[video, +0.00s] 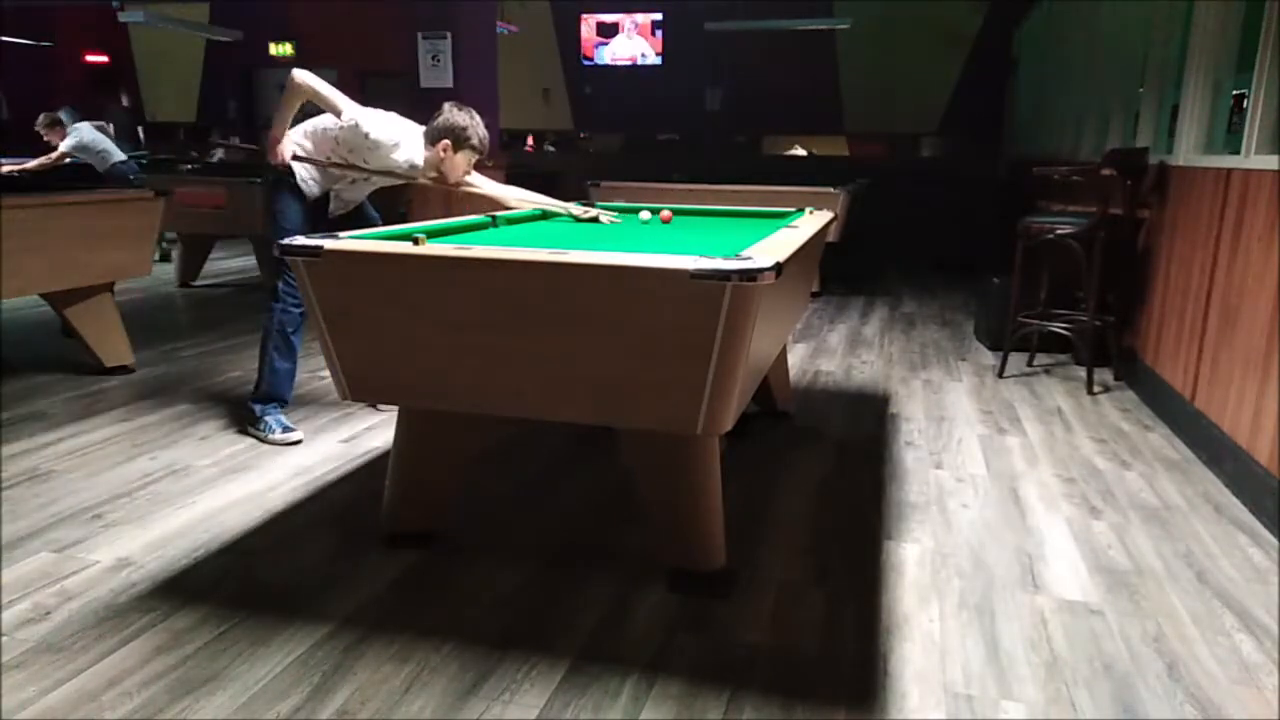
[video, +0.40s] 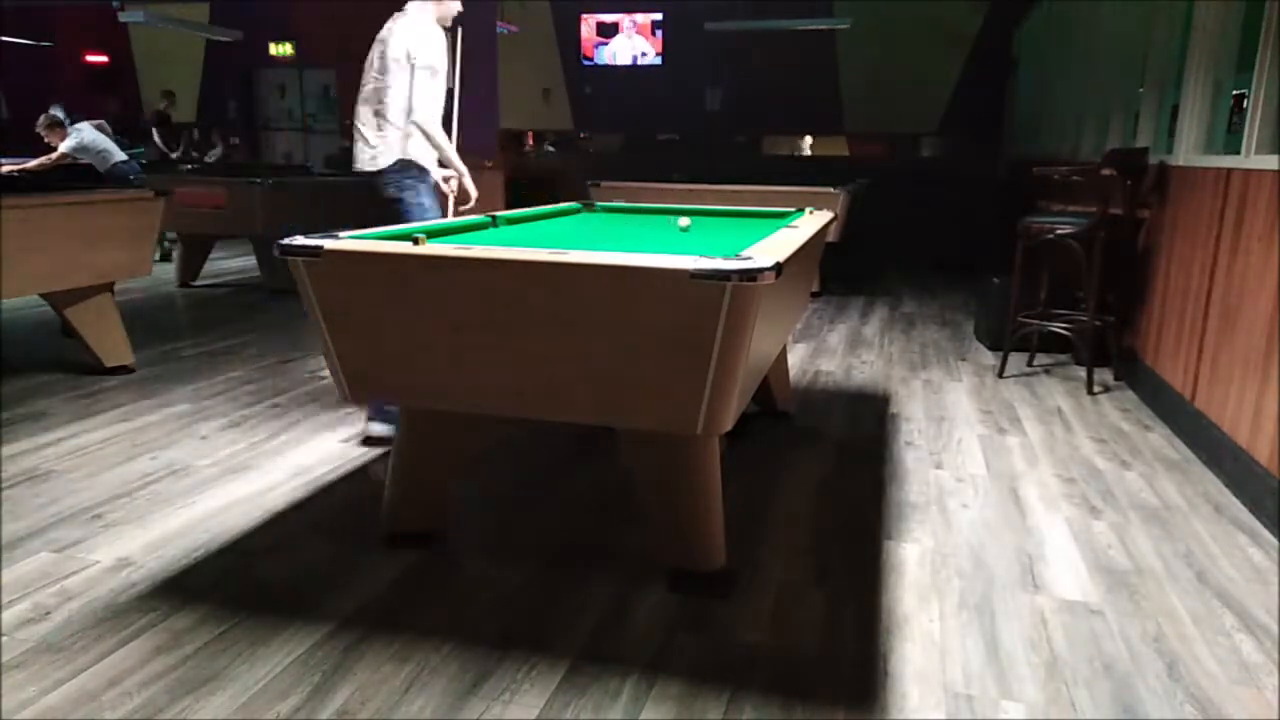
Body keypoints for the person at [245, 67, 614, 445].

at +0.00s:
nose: (470, 172)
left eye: (474, 164)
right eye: (469, 161)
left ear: (448, 150)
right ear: (444, 148)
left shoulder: (432, 161)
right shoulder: (382, 136)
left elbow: (503, 195)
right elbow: (299, 79)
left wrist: (572, 209)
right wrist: (279, 133)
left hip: (345, 186)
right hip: (299, 172)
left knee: (387, 271)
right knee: (293, 290)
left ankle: (392, 380)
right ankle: (266, 408)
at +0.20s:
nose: (467, 11)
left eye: (466, 3)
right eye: (459, 2)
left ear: (442, 7)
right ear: (430, 3)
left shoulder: (451, 55)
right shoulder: (380, 31)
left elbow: (493, 124)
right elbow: (293, 64)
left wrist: (550, 183)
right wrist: (295, 147)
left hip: (400, 182)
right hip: (358, 176)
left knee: (419, 294)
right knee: (385, 294)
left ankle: (401, 419)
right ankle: (373, 426)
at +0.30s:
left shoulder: (427, 21)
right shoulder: (368, 11)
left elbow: (415, 98)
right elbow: (308, 81)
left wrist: (470, 152)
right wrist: (331, 175)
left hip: (402, 170)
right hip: (371, 170)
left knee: (402, 300)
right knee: (408, 298)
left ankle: (384, 428)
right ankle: (380, 430)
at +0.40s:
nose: (460, 8)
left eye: (460, 4)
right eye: (458, 2)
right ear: (444, 0)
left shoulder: (399, 29)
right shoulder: (425, 32)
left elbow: (399, 120)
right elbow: (423, 114)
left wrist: (434, 170)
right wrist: (459, 168)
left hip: (388, 167)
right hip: (404, 169)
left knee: (405, 289)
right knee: (428, 286)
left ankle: (387, 410)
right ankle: (389, 412)